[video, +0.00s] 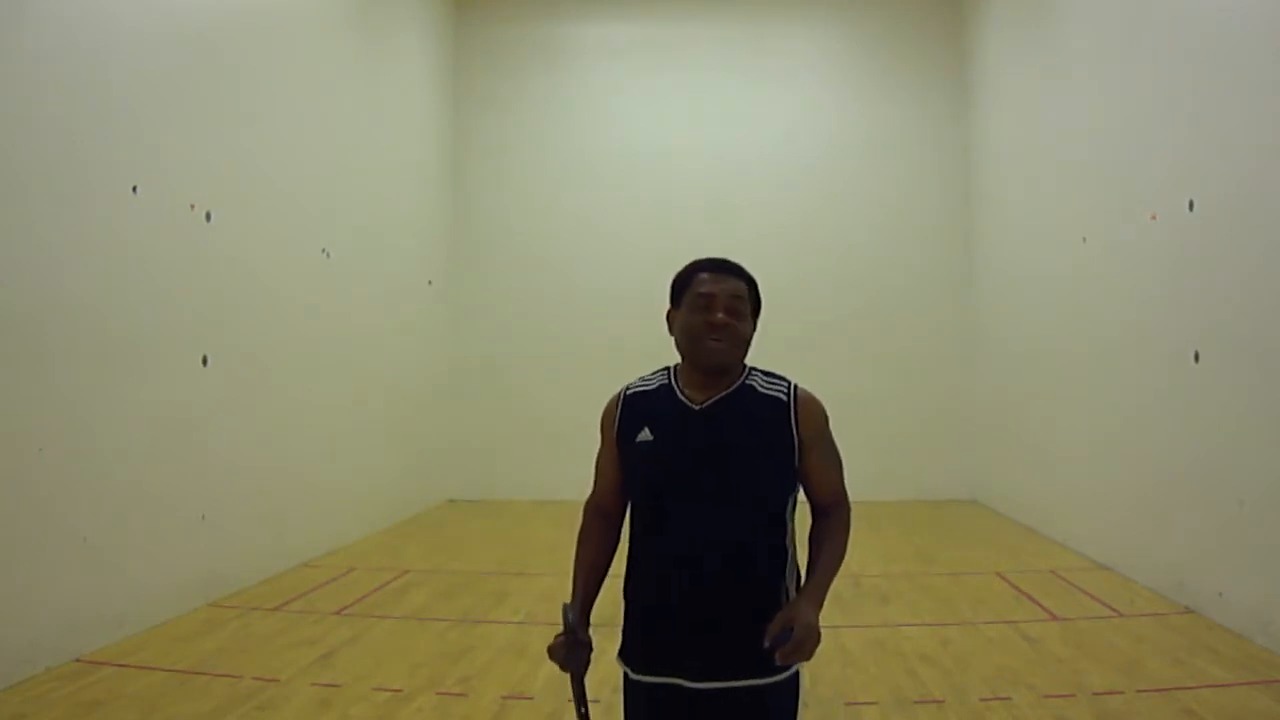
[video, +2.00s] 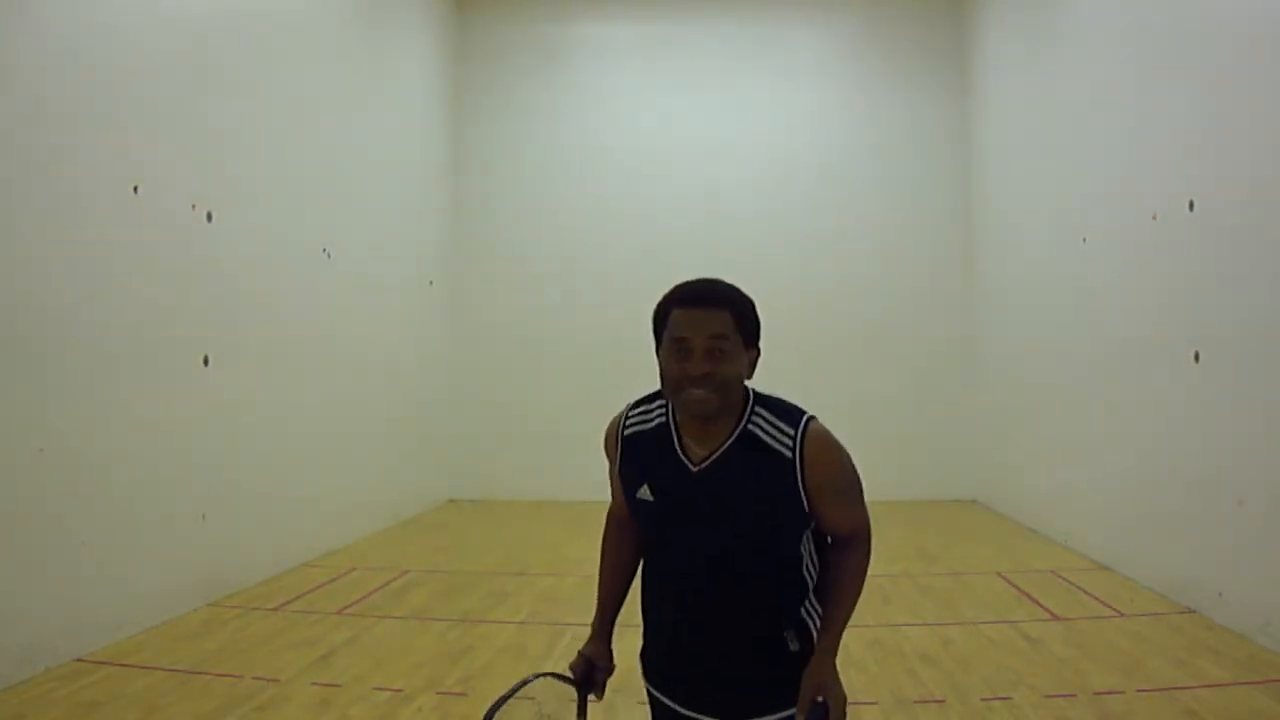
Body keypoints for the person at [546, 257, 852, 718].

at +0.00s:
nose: (719, 318)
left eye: (735, 309)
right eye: (702, 304)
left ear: (753, 329)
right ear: (671, 319)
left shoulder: (795, 411)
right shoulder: (629, 411)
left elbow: (832, 509)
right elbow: (603, 512)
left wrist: (811, 600)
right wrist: (578, 616)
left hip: (756, 667)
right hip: (656, 664)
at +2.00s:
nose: (697, 367)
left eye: (718, 350)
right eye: (680, 349)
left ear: (751, 359)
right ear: (658, 357)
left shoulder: (805, 447)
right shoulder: (629, 436)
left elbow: (851, 541)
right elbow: (625, 521)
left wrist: (825, 656)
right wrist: (600, 635)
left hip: (778, 687)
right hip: (675, 683)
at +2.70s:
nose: (765, 397)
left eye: (788, 377)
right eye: (746, 372)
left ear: (814, 382)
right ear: (712, 367)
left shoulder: (853, 482)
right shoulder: (652, 442)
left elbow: (869, 579)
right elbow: (631, 532)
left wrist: (845, 699)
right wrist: (608, 651)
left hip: (791, 696)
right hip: (677, 689)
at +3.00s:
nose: (813, 339)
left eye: (820, 324)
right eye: (792, 317)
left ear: (827, 331)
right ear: (727, 315)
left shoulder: (835, 439)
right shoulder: (649, 420)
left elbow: (842, 552)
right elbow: (594, 544)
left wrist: (881, 644)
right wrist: (588, 684)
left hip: (780, 698)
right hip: (659, 694)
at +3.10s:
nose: (811, 346)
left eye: (813, 329)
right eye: (796, 324)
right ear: (726, 317)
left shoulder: (808, 431)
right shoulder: (634, 422)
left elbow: (827, 543)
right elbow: (575, 555)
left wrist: (893, 600)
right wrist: (577, 698)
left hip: (769, 703)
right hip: (646, 700)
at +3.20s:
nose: (793, 356)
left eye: (794, 338)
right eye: (781, 335)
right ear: (713, 326)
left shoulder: (778, 435)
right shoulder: (615, 429)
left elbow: (806, 538)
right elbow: (543, 564)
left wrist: (899, 556)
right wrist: (555, 705)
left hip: (748, 702)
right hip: (628, 700)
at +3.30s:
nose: (766, 374)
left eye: (768, 356)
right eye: (757, 353)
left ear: (700, 347)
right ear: (692, 344)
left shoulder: (738, 444)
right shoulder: (587, 445)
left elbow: (779, 533)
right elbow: (503, 583)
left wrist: (892, 537)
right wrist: (516, 713)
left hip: (716, 706)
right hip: (598, 708)